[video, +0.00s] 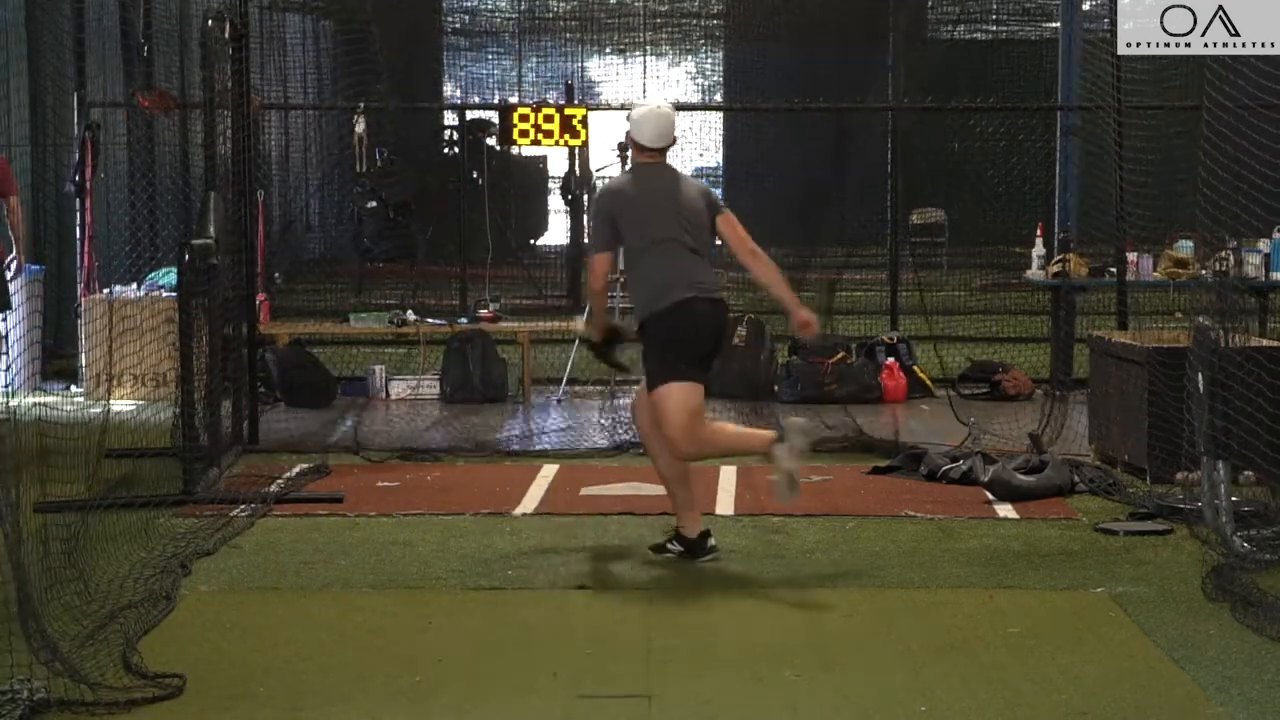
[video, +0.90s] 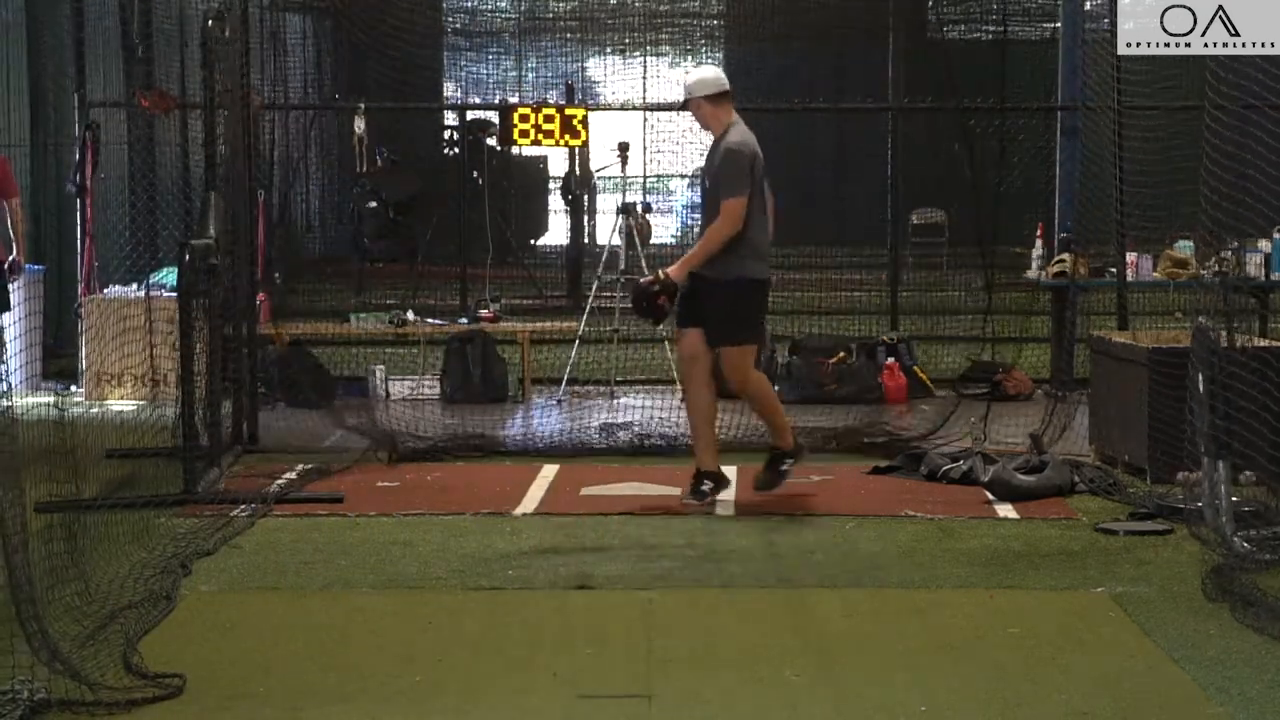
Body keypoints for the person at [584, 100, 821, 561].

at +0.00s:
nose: (628, 143)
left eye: (628, 137)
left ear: (632, 142)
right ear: (672, 145)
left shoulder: (613, 194)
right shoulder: (696, 191)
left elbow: (599, 274)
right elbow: (748, 250)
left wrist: (600, 324)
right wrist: (794, 306)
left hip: (668, 316)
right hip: (711, 312)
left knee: (685, 439)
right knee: (647, 415)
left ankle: (775, 442)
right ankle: (691, 531)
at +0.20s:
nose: (658, 107)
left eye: (658, 101)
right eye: (664, 101)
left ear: (662, 104)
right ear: (702, 105)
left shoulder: (656, 155)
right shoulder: (731, 154)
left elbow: (656, 236)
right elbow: (774, 209)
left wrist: (641, 295)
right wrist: (833, 258)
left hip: (700, 288)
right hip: (715, 284)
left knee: (715, 400)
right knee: (653, 384)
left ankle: (792, 493)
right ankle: (692, 494)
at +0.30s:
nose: (671, 117)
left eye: (672, 111)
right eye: (677, 110)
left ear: (677, 112)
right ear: (713, 110)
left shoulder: (686, 166)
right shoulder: (739, 161)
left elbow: (671, 245)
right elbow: (772, 227)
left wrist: (618, 274)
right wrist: (813, 278)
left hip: (724, 301)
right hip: (720, 298)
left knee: (724, 403)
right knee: (654, 374)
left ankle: (791, 496)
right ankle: (703, 480)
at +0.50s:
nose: (683, 115)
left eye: (686, 107)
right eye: (684, 107)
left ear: (700, 106)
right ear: (717, 104)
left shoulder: (728, 155)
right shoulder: (721, 149)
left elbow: (715, 232)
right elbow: (707, 215)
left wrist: (643, 257)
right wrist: (664, 230)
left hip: (738, 289)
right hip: (714, 284)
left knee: (737, 390)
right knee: (679, 363)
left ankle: (793, 496)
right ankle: (707, 450)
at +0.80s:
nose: (684, 126)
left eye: (686, 118)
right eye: (683, 119)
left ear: (702, 115)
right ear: (709, 115)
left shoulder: (733, 161)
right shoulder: (711, 161)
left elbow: (731, 238)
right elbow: (711, 239)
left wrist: (676, 279)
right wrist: (674, 288)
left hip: (734, 294)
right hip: (700, 292)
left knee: (734, 386)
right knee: (687, 381)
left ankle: (808, 452)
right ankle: (717, 476)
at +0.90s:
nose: (692, 115)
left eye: (694, 107)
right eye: (691, 108)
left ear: (713, 102)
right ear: (719, 102)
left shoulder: (736, 146)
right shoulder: (732, 142)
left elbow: (730, 221)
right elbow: (764, 208)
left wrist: (681, 266)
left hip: (739, 278)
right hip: (708, 276)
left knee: (738, 370)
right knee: (691, 359)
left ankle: (786, 443)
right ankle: (708, 470)